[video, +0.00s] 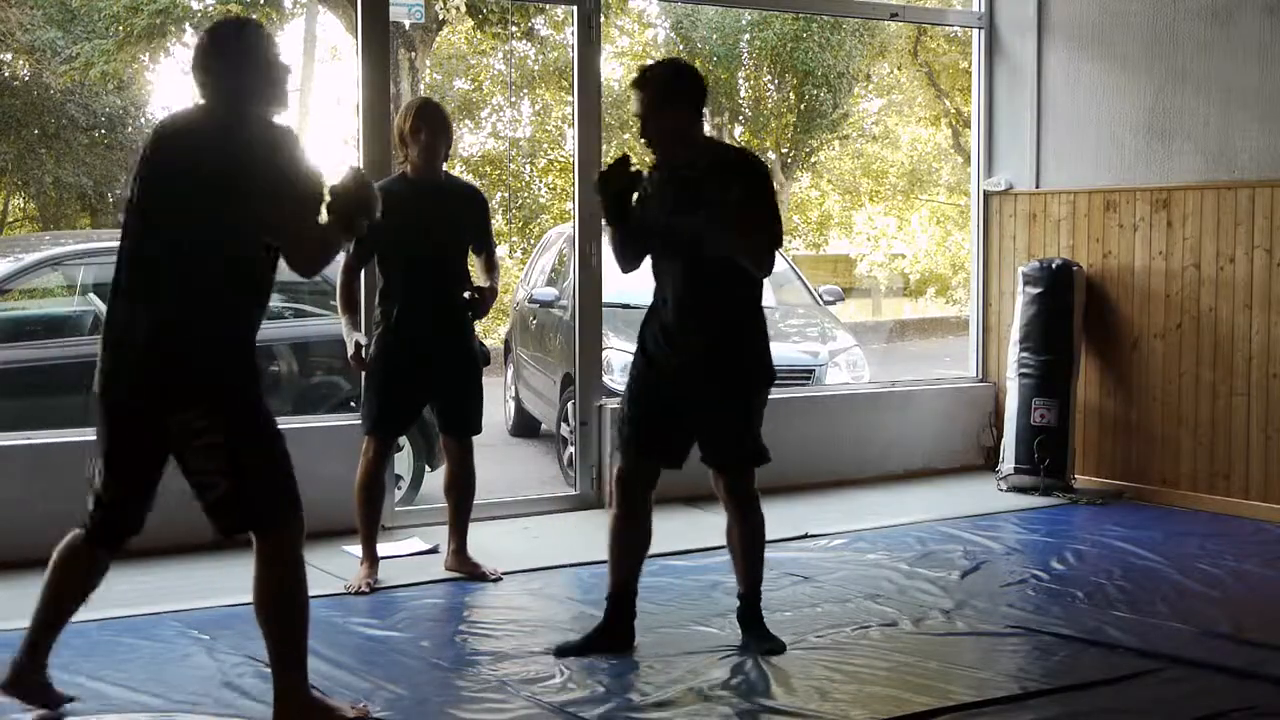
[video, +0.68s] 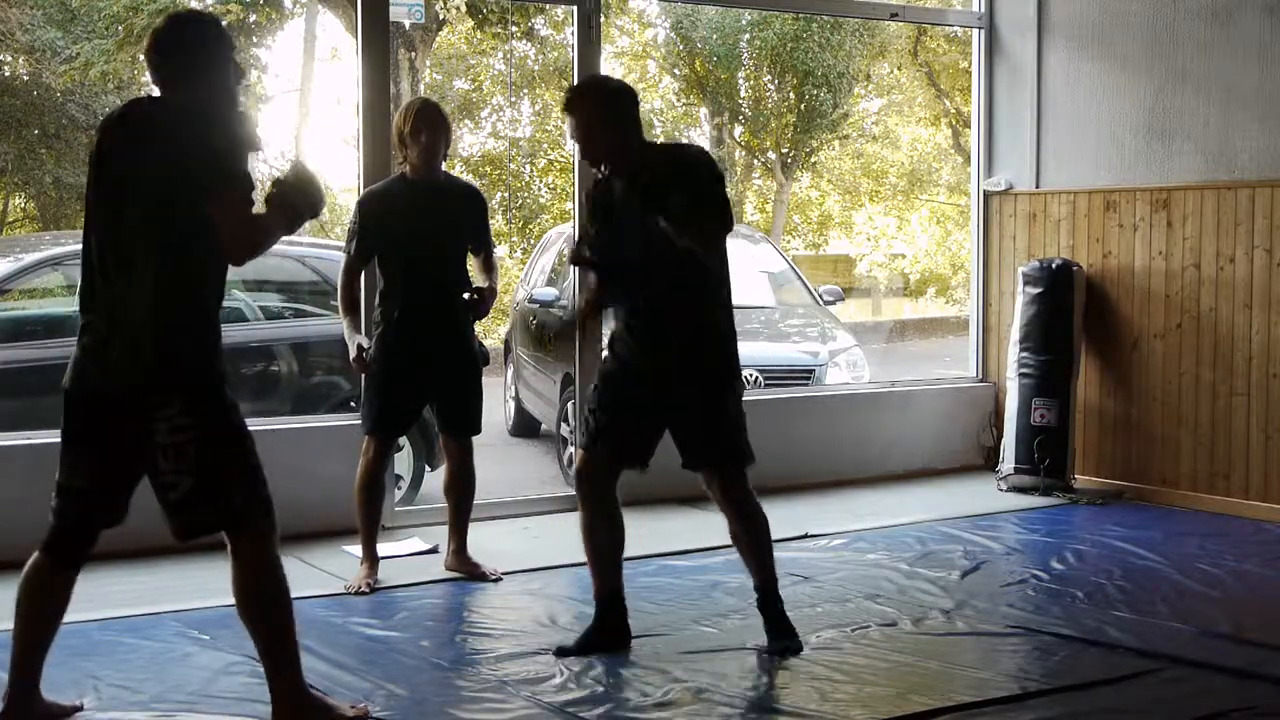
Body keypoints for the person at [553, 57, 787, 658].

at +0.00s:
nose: (641, 128)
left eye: (650, 114)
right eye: (640, 114)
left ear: (684, 112)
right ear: (660, 116)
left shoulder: (743, 169)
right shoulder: (658, 179)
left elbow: (763, 258)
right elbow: (628, 260)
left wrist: (696, 217)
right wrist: (617, 206)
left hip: (731, 347)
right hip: (664, 346)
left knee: (737, 484)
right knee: (631, 481)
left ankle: (752, 617)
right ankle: (618, 624)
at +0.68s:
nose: (578, 146)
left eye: (583, 132)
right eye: (575, 134)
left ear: (617, 122)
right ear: (602, 126)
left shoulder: (690, 165)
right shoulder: (600, 193)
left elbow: (711, 249)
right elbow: (599, 288)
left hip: (701, 353)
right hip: (633, 356)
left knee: (729, 483)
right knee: (592, 474)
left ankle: (773, 610)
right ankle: (610, 620)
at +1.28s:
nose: (605, 152)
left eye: (611, 138)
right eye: (602, 139)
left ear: (648, 130)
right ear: (628, 136)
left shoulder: (718, 171)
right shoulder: (624, 205)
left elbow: (751, 252)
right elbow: (634, 297)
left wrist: (690, 212)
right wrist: (622, 380)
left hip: (725, 363)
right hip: (657, 364)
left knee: (740, 493)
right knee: (605, 477)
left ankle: (769, 613)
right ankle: (613, 621)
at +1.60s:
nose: (621, 156)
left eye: (626, 142)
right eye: (618, 143)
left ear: (662, 133)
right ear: (650, 137)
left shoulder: (737, 170)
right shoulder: (643, 209)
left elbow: (770, 254)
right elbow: (672, 293)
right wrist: (673, 358)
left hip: (765, 352)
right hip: (700, 355)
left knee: (769, 488)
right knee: (652, 477)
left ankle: (775, 613)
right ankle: (614, 612)